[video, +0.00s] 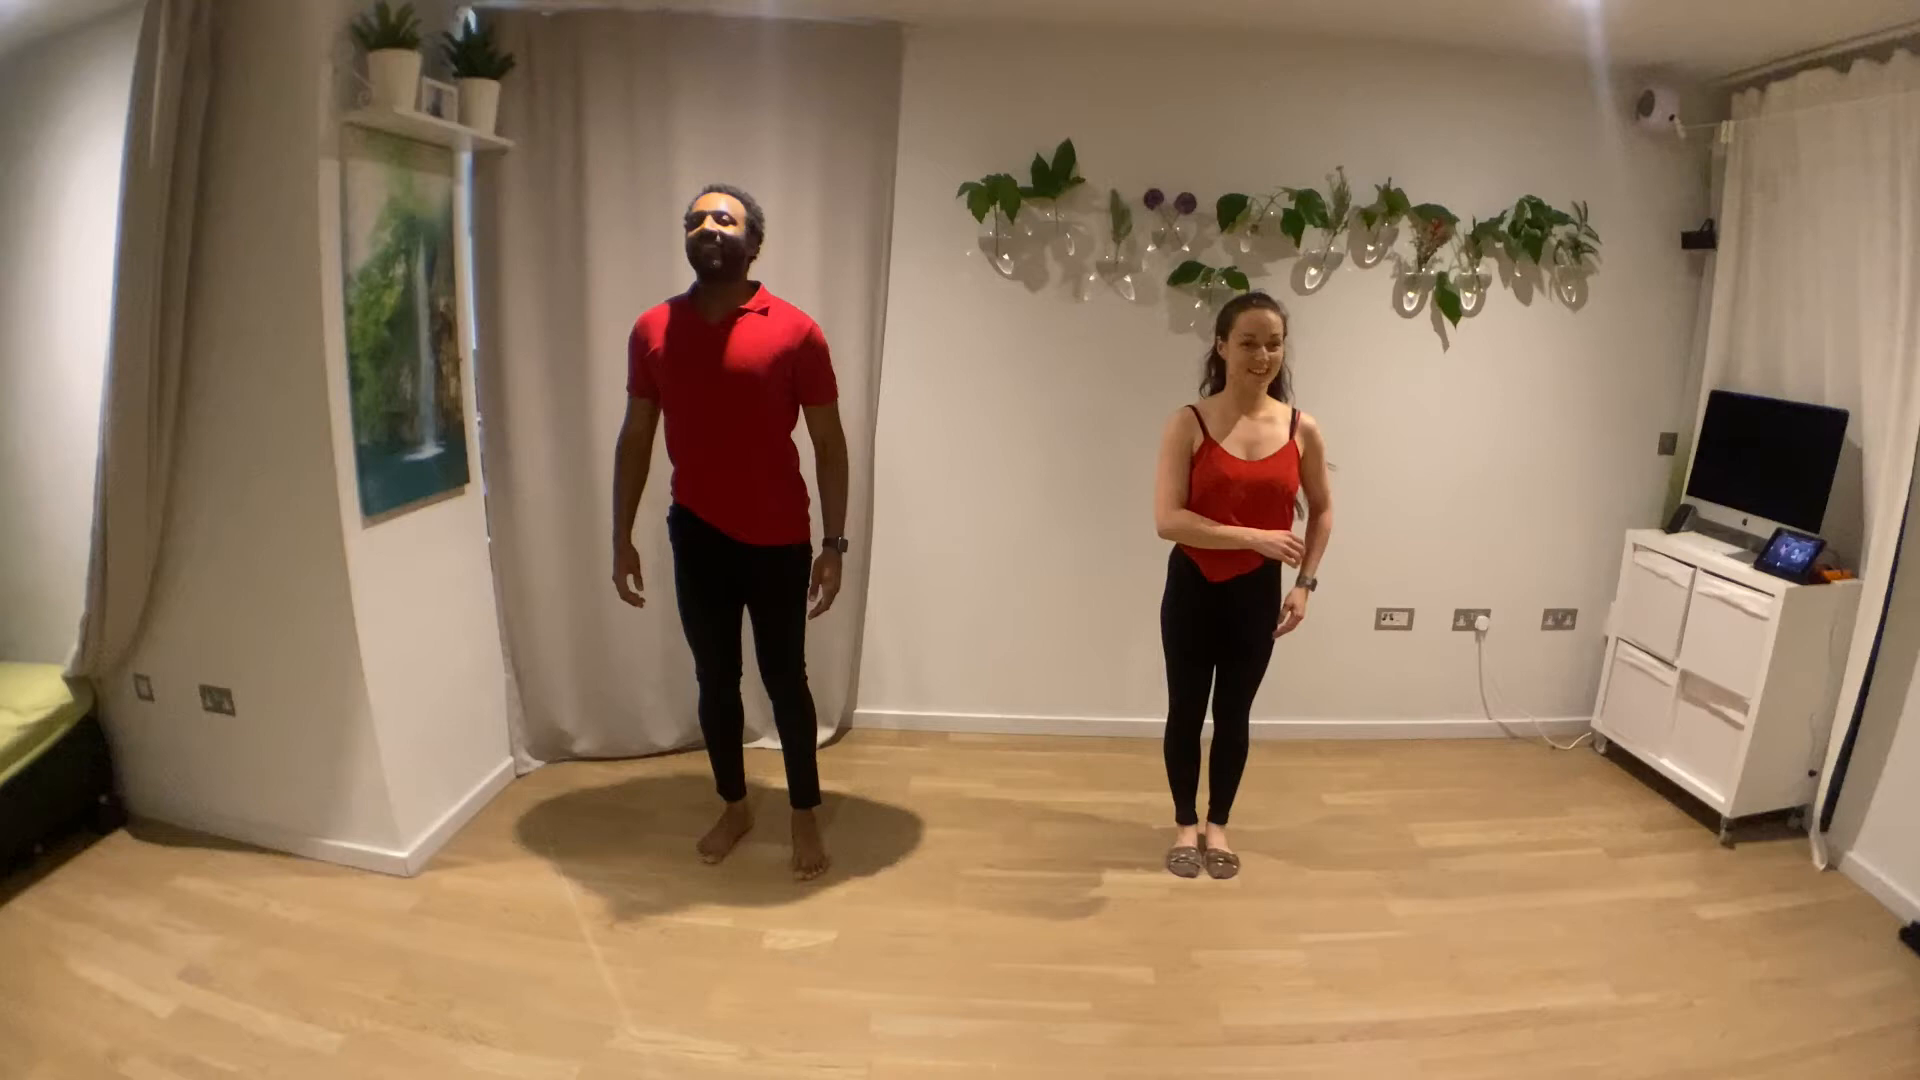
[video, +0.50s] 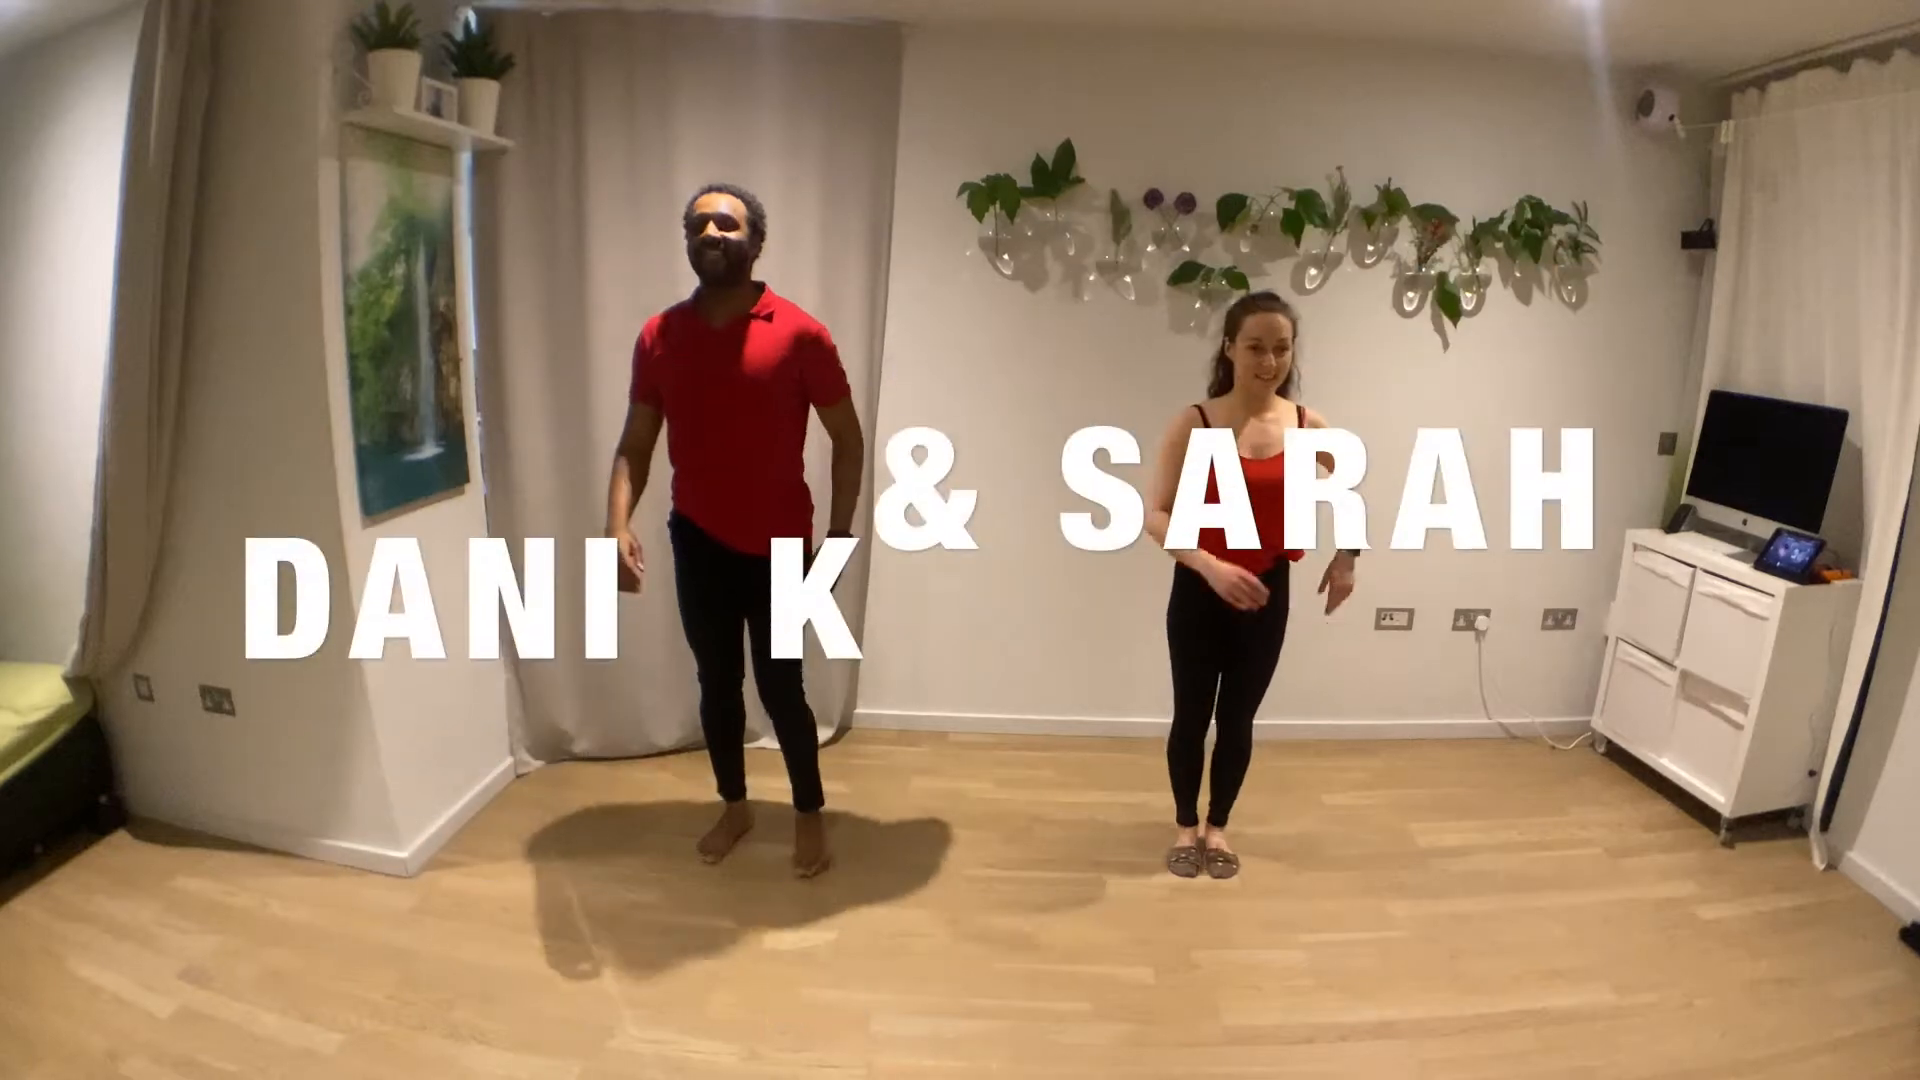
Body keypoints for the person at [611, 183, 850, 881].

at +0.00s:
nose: (709, 228)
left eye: (726, 220)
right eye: (697, 220)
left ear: (754, 244)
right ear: (683, 243)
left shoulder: (795, 332)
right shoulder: (656, 330)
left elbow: (829, 442)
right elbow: (636, 437)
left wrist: (833, 543)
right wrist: (624, 537)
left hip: (777, 536)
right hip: (699, 533)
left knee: (785, 677)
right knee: (715, 680)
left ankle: (804, 816)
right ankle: (733, 806)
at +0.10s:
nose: (708, 228)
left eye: (725, 220)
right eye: (696, 220)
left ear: (753, 244)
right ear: (681, 243)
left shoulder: (794, 333)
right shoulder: (656, 330)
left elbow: (828, 442)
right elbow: (636, 436)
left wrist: (832, 544)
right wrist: (621, 534)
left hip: (776, 536)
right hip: (698, 533)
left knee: (785, 678)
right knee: (715, 679)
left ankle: (804, 815)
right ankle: (733, 805)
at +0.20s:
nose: (706, 228)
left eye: (722, 220)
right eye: (694, 221)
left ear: (751, 244)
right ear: (680, 244)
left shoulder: (793, 333)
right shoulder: (656, 331)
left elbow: (829, 443)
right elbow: (635, 434)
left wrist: (833, 543)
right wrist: (617, 527)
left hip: (775, 534)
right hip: (697, 531)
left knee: (783, 681)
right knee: (715, 681)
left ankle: (802, 810)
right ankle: (733, 805)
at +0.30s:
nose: (707, 229)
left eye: (723, 220)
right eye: (695, 221)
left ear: (752, 243)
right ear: (681, 244)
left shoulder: (793, 332)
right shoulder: (656, 332)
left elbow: (833, 444)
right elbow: (634, 434)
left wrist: (833, 543)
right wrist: (615, 517)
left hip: (777, 534)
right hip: (699, 532)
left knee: (787, 680)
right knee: (715, 679)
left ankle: (804, 815)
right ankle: (734, 805)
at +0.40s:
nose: (707, 230)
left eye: (724, 221)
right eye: (695, 222)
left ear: (753, 243)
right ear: (681, 243)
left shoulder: (794, 332)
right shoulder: (657, 333)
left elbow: (838, 444)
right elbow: (633, 438)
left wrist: (837, 540)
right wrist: (616, 517)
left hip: (776, 535)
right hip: (698, 531)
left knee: (779, 678)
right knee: (715, 677)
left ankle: (804, 816)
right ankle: (733, 804)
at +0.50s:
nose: (712, 232)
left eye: (728, 223)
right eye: (700, 224)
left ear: (756, 243)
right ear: (685, 244)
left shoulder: (799, 334)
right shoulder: (661, 336)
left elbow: (848, 440)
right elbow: (636, 445)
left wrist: (839, 538)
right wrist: (619, 524)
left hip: (780, 541)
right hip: (700, 535)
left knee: (779, 687)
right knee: (717, 680)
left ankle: (808, 814)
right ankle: (733, 805)